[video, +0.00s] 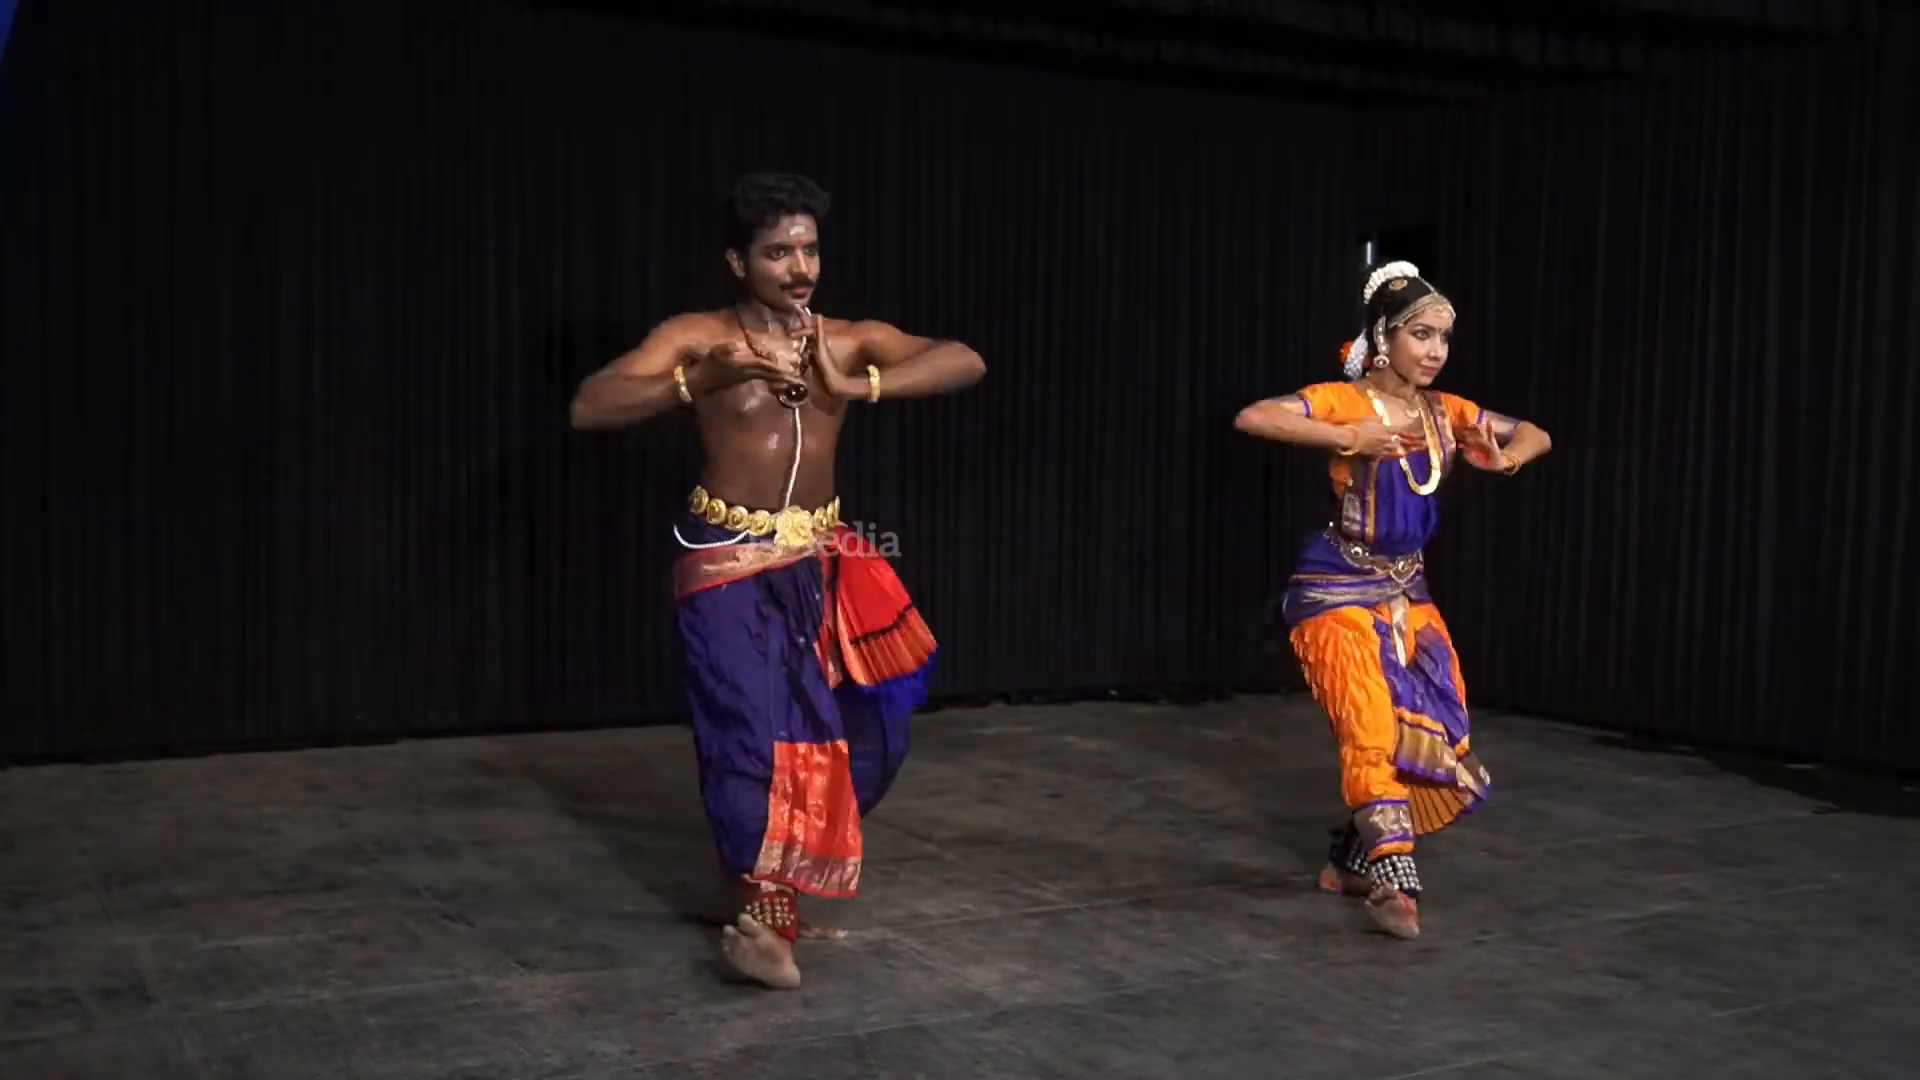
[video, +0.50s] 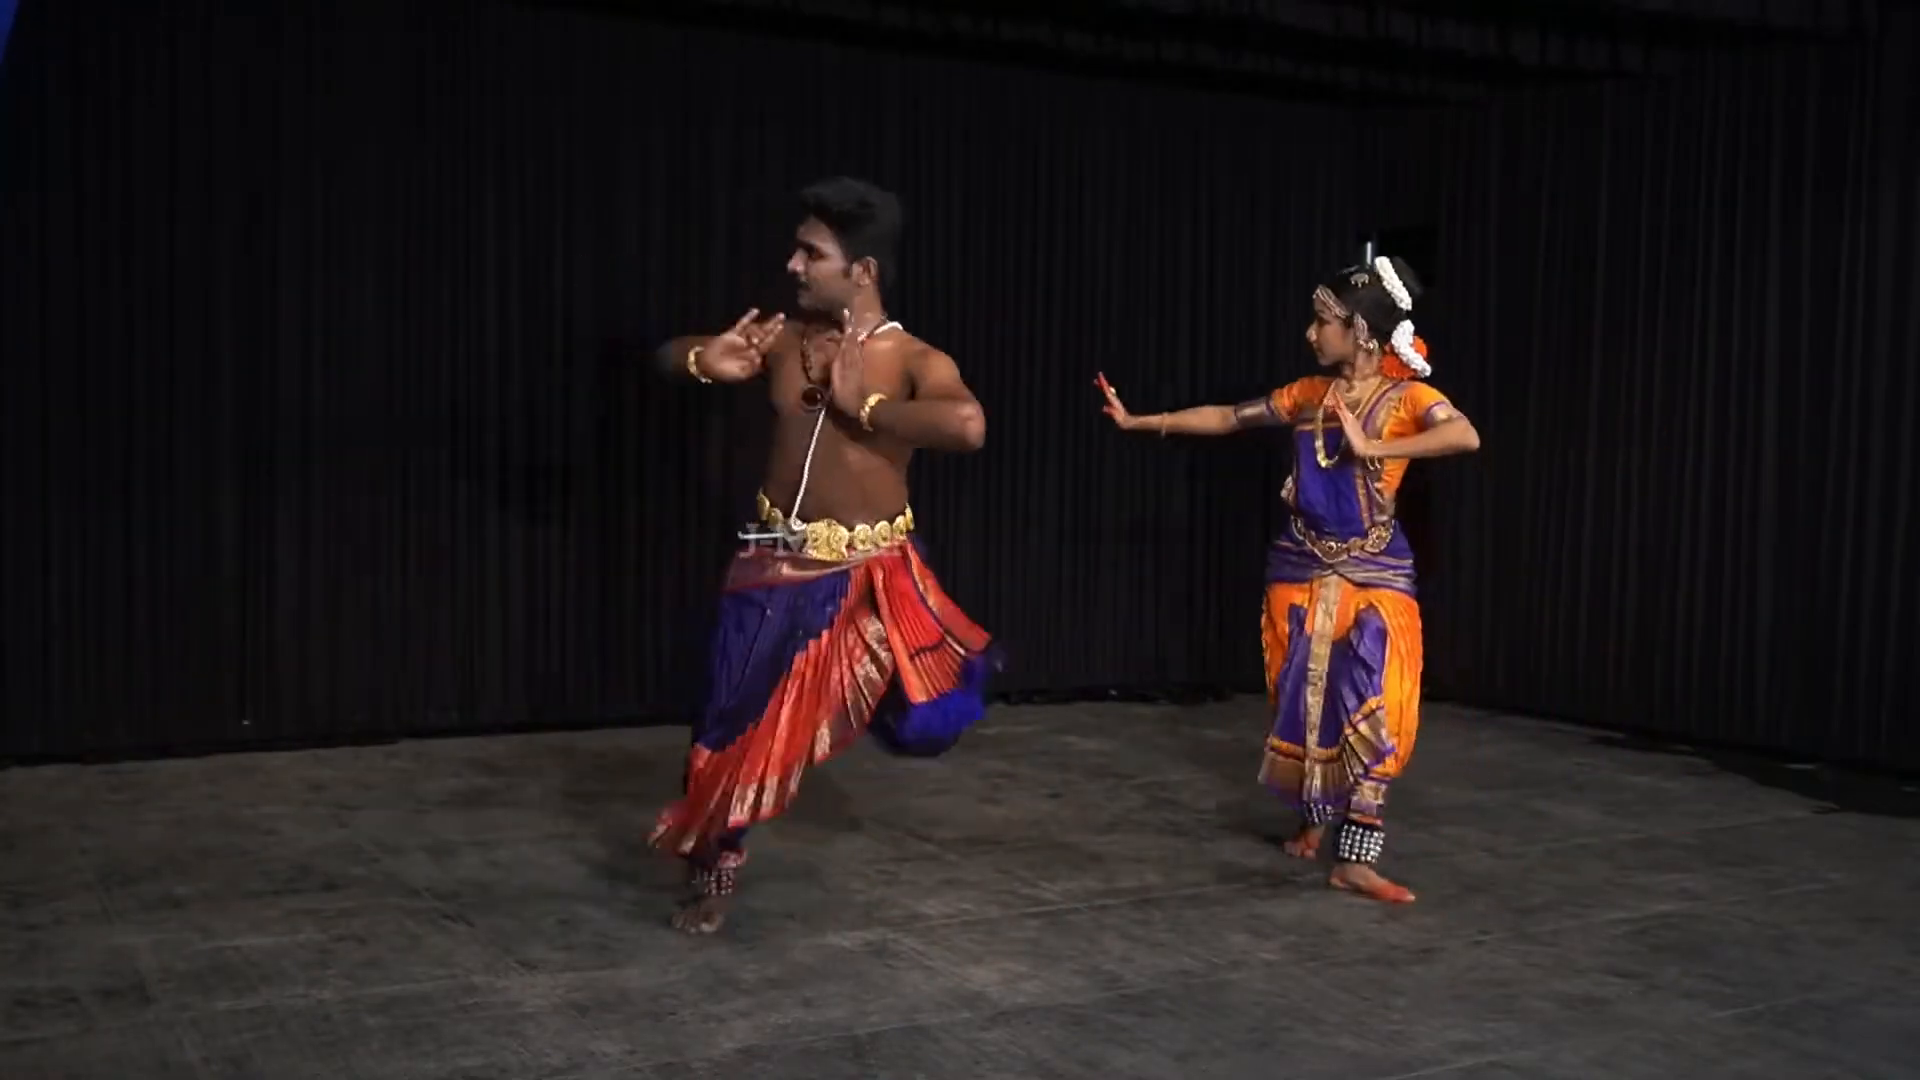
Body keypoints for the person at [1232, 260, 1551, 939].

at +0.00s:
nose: (1438, 352)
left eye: (1445, 338)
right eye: (1424, 336)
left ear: (1448, 343)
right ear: (1384, 339)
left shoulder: (1444, 409)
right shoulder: (1346, 401)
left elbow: (1535, 434)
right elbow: (1252, 418)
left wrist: (1507, 458)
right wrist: (1351, 438)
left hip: (1408, 594)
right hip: (1336, 591)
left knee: (1440, 731)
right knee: (1369, 723)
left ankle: (1353, 858)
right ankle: (1394, 880)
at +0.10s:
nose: (1401, 355)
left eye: (1418, 343)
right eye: (1389, 338)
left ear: (1433, 358)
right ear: (1366, 347)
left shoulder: (1444, 424)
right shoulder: (1329, 413)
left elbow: (1545, 454)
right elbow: (1235, 434)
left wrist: (1475, 467)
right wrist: (1264, 425)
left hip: (1412, 597)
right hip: (1333, 591)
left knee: (1446, 727)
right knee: (1352, 704)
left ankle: (1372, 865)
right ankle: (1346, 865)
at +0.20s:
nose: (1347, 353)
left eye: (1363, 341)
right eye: (1348, 339)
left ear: (1403, 353)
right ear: (1355, 348)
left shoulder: (1434, 425)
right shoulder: (1334, 418)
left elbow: (1512, 463)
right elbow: (1293, 457)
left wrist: (1421, 473)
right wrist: (1246, 435)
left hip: (1404, 594)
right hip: (1324, 591)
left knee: (1437, 741)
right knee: (1331, 725)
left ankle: (1355, 868)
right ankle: (1305, 830)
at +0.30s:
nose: (1333, 347)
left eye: (1347, 338)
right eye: (1337, 336)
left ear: (1385, 353)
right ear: (1371, 352)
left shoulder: (1424, 418)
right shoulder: (1336, 415)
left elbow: (1478, 457)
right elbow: (1289, 452)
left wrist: (1386, 466)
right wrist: (1205, 453)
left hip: (1399, 588)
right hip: (1320, 584)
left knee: (1415, 724)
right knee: (1306, 724)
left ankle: (1354, 863)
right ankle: (1294, 812)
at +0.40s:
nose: (1324, 341)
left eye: (1335, 331)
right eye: (1328, 329)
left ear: (1372, 344)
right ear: (1360, 345)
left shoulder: (1416, 407)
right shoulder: (1324, 406)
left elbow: (1464, 447)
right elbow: (1260, 437)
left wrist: (1375, 456)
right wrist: (1174, 442)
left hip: (1388, 578)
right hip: (1312, 573)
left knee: (1392, 711)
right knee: (1305, 702)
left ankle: (1352, 864)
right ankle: (1305, 818)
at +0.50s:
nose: (1312, 331)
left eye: (1324, 321)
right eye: (1315, 319)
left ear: (1364, 334)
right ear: (1347, 333)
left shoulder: (1406, 395)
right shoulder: (1309, 394)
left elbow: (1464, 436)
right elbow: (1227, 417)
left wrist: (1372, 447)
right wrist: (1140, 421)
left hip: (1377, 570)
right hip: (1301, 564)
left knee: (1375, 702)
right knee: (1304, 689)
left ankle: (1356, 857)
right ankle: (1315, 816)